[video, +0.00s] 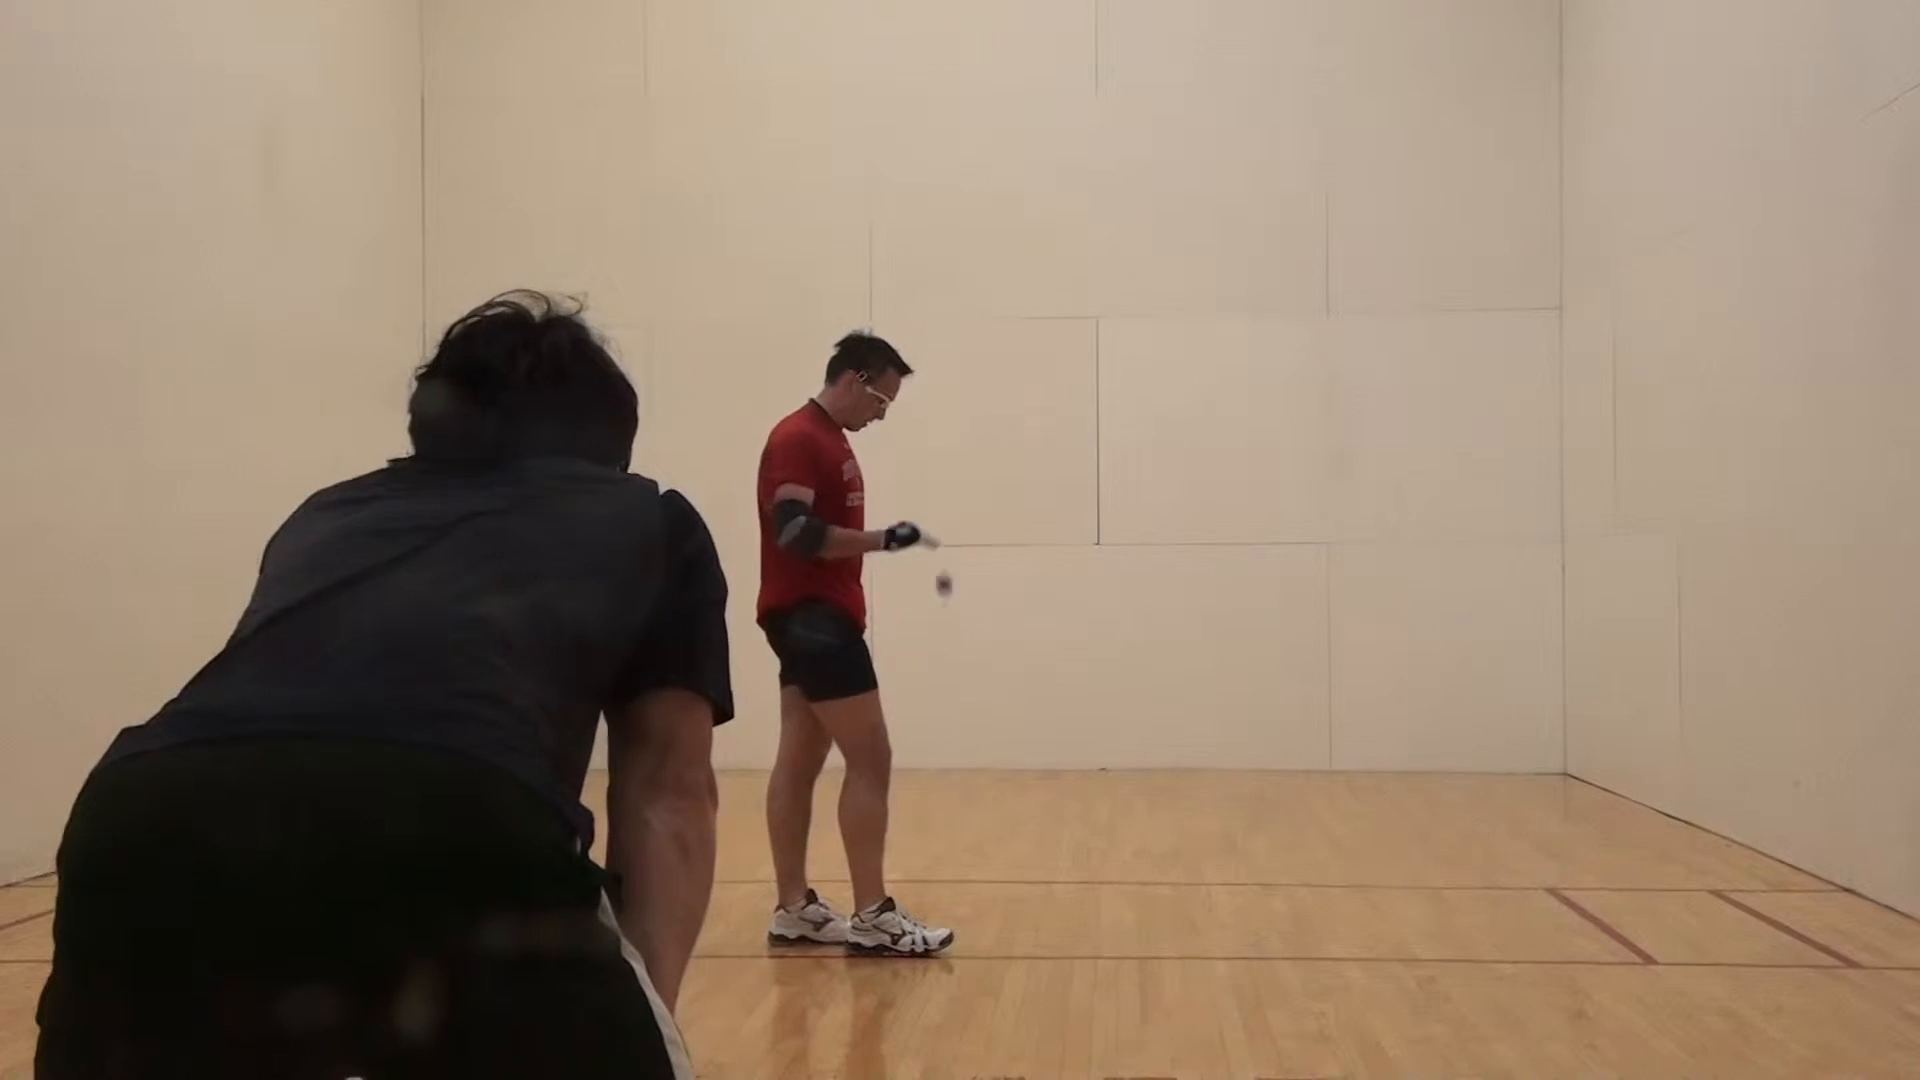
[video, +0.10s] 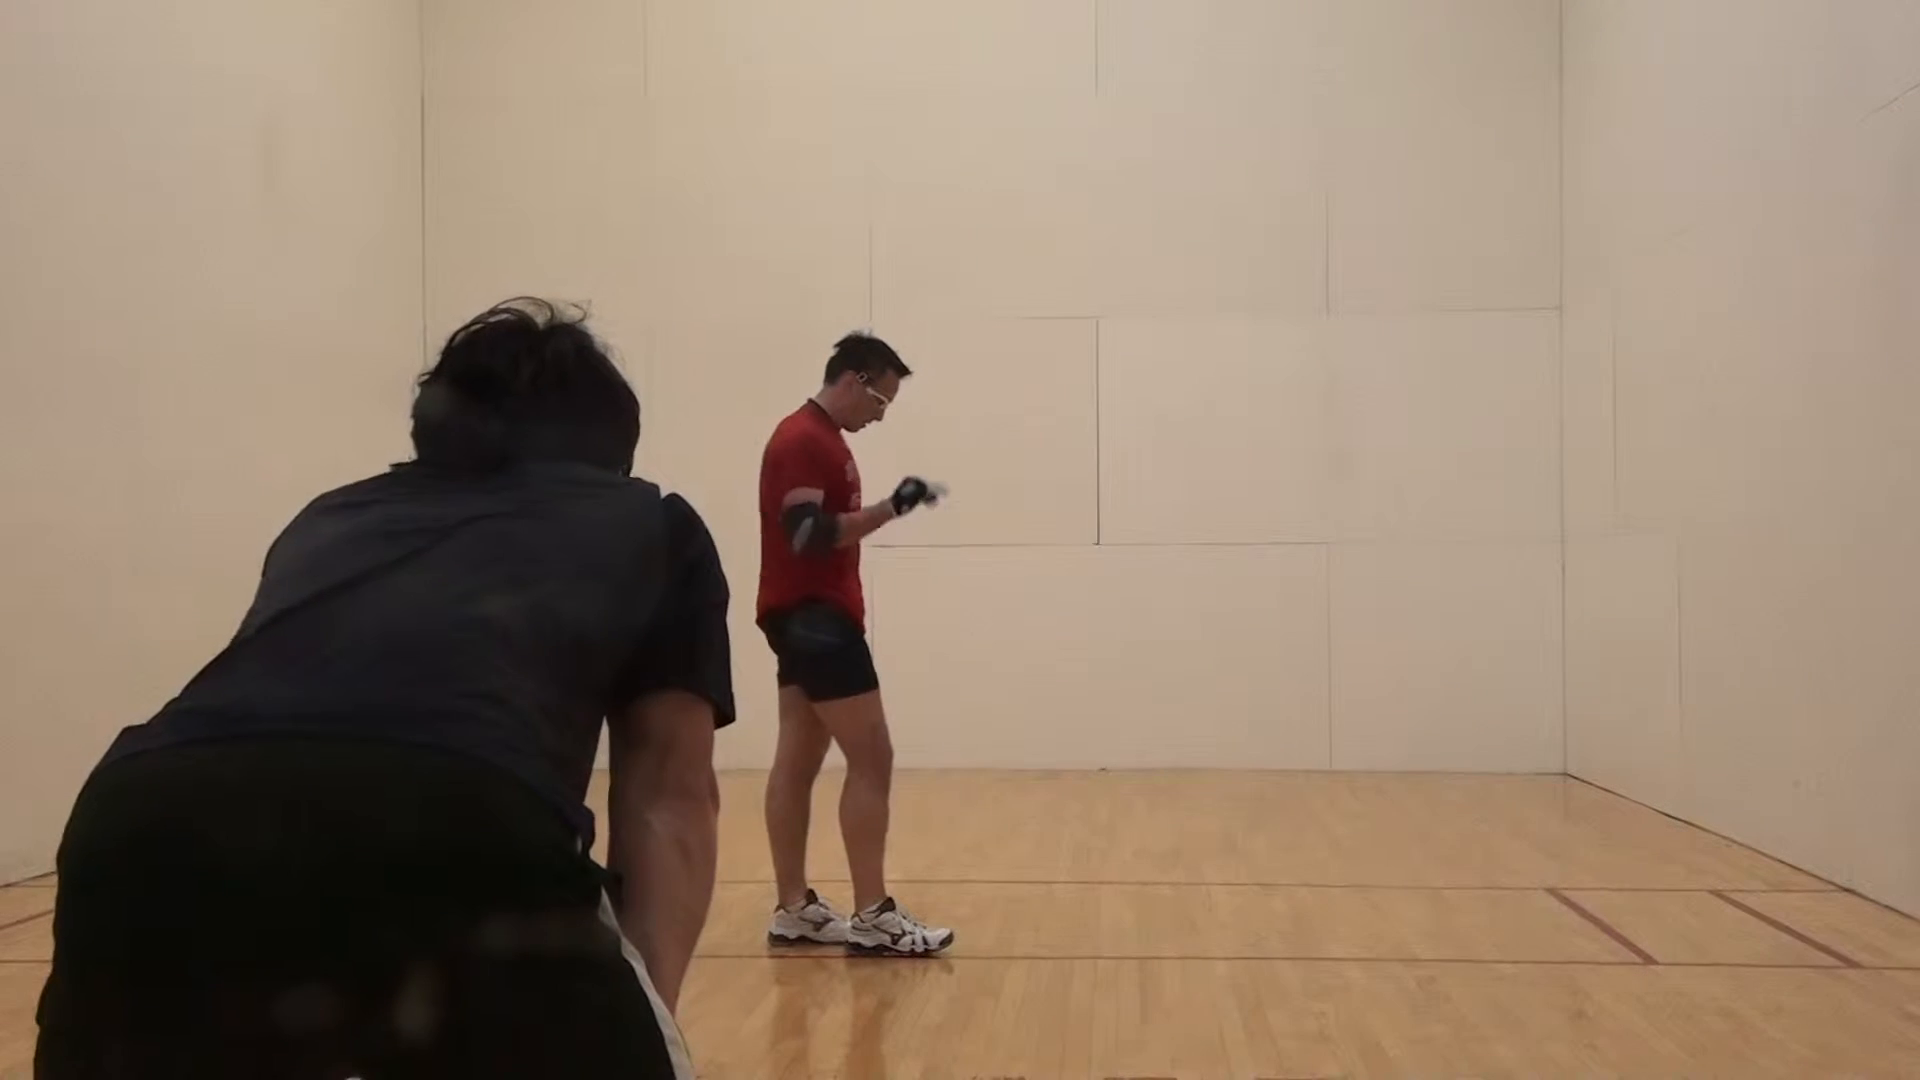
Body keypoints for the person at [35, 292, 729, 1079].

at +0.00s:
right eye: (627, 456)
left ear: (433, 426)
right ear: (604, 439)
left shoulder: (324, 508)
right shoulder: (649, 518)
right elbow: (670, 791)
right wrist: (640, 1025)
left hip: (154, 819)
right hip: (454, 825)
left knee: (110, 1047)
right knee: (598, 1055)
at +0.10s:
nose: (631, 473)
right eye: (628, 457)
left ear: (439, 427)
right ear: (605, 441)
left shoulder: (328, 511)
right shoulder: (650, 522)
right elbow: (670, 794)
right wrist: (641, 1025)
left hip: (155, 815)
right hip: (454, 824)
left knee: (107, 1047)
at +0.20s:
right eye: (630, 460)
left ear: (438, 429)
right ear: (607, 443)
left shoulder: (331, 512)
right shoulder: (653, 525)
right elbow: (671, 798)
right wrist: (641, 1029)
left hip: (157, 812)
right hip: (453, 820)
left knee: (110, 1048)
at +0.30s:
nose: (636, 477)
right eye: (633, 462)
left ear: (439, 431)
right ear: (609, 447)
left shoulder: (331, 515)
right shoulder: (657, 530)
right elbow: (671, 799)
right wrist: (641, 1029)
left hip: (158, 813)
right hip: (456, 823)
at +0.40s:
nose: (637, 479)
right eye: (633, 464)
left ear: (439, 435)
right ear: (611, 449)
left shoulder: (333, 516)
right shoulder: (659, 531)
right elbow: (673, 798)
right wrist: (645, 1031)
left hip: (157, 816)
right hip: (456, 825)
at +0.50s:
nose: (638, 479)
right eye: (633, 464)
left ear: (438, 436)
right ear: (611, 452)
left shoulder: (334, 517)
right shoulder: (660, 531)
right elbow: (671, 794)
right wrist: (642, 1032)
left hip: (153, 819)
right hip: (455, 829)